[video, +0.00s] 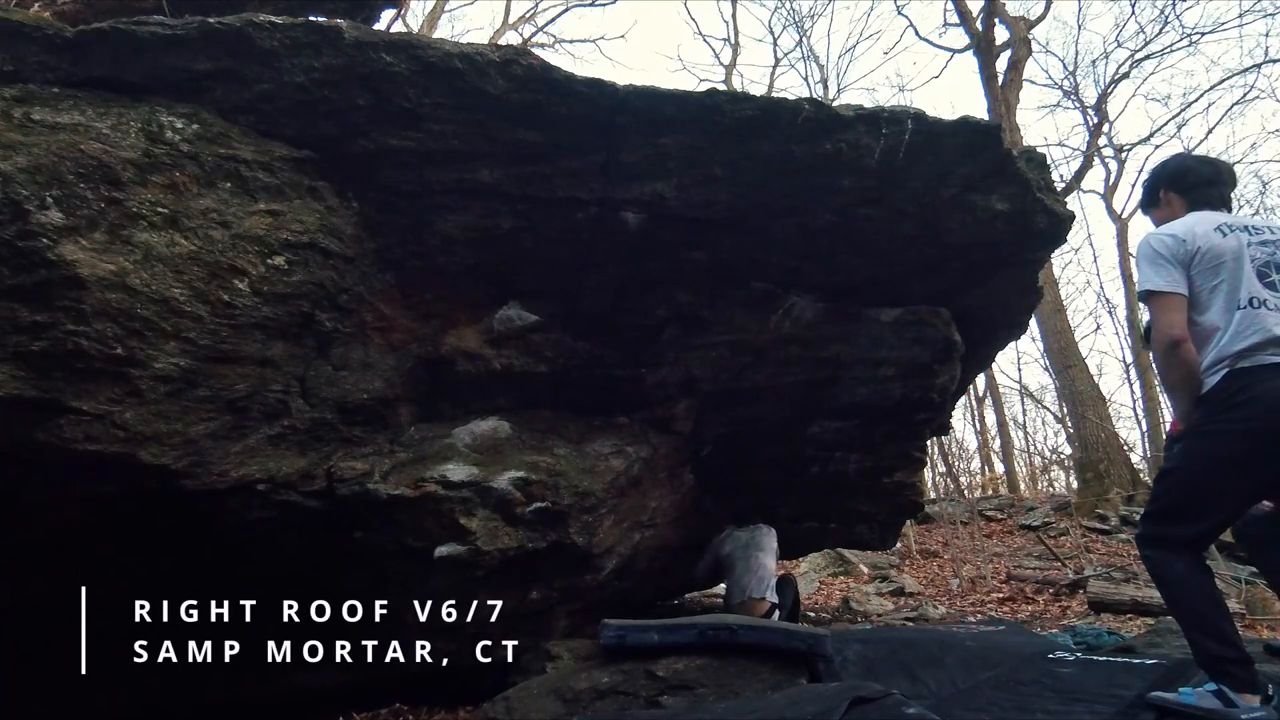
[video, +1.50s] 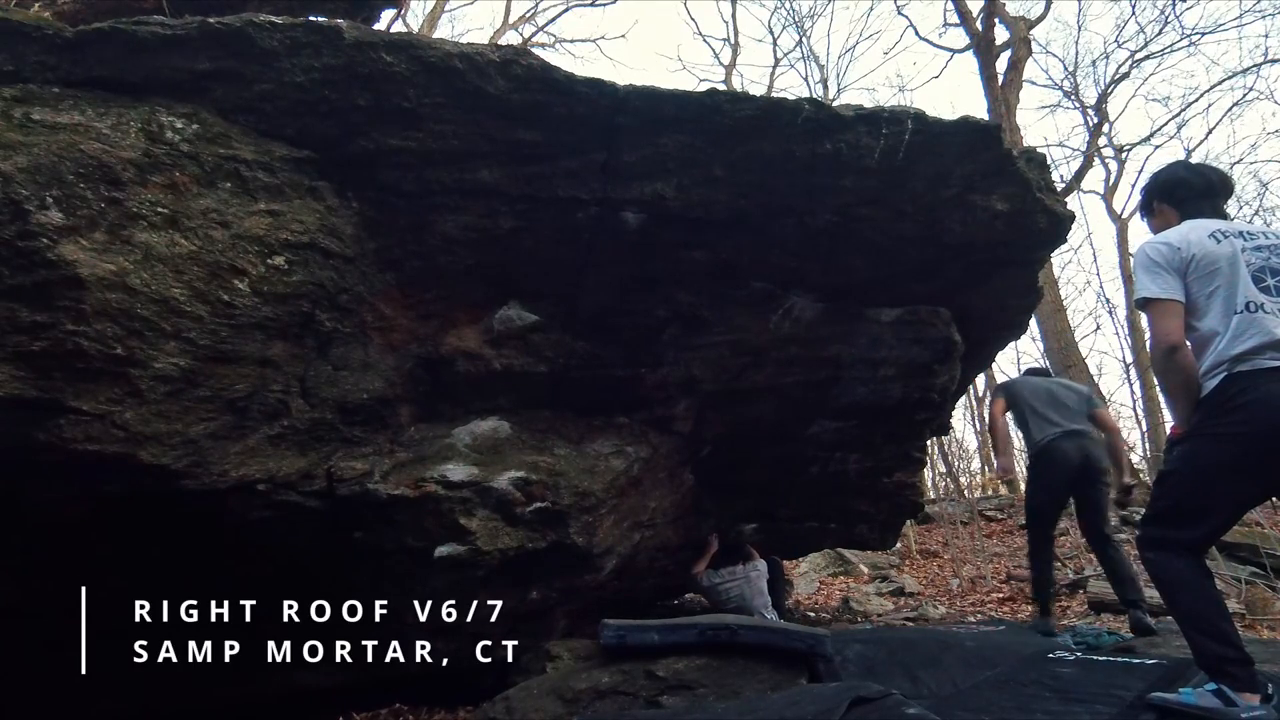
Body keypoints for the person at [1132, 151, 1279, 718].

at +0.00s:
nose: (1153, 220)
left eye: (1154, 210)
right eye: (1152, 212)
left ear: (1170, 201)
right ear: (1222, 197)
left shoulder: (1167, 238)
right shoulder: (1267, 228)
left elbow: (1172, 338)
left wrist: (1186, 415)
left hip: (1249, 393)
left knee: (1166, 536)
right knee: (1253, 523)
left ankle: (1235, 684)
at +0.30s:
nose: (1148, 224)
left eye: (1146, 215)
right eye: (1145, 216)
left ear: (1163, 205)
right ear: (1215, 200)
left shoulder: (1162, 241)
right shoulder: (1265, 231)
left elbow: (1170, 343)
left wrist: (1186, 420)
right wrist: (1140, 350)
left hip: (1247, 392)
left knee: (1166, 537)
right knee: (1232, 523)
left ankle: (1236, 684)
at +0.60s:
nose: (1144, 227)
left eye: (1145, 216)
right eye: (1143, 218)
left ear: (1164, 204)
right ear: (1209, 203)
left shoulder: (1163, 242)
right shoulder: (1263, 232)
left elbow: (1170, 343)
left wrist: (1186, 417)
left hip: (1252, 390)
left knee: (1165, 535)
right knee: (1227, 522)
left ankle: (1236, 685)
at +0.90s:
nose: (1148, 226)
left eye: (1146, 217)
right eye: (1145, 218)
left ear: (1161, 210)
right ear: (1214, 203)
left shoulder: (1162, 244)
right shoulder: (1265, 233)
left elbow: (1171, 344)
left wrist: (1188, 421)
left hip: (1254, 394)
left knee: (1165, 533)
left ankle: (1237, 685)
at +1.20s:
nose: (1148, 225)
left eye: (1148, 217)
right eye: (1146, 217)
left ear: (1164, 211)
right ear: (1215, 206)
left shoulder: (1162, 246)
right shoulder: (1266, 234)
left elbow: (1170, 344)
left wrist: (1186, 422)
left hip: (1252, 396)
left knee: (1166, 541)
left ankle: (1235, 683)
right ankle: (1234, 678)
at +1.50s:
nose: (1149, 228)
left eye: (1149, 218)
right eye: (1148, 219)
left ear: (1166, 210)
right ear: (1218, 206)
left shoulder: (1164, 246)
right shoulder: (1267, 236)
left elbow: (1170, 345)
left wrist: (1184, 421)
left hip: (1252, 397)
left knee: (1166, 538)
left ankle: (1236, 683)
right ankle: (1236, 680)